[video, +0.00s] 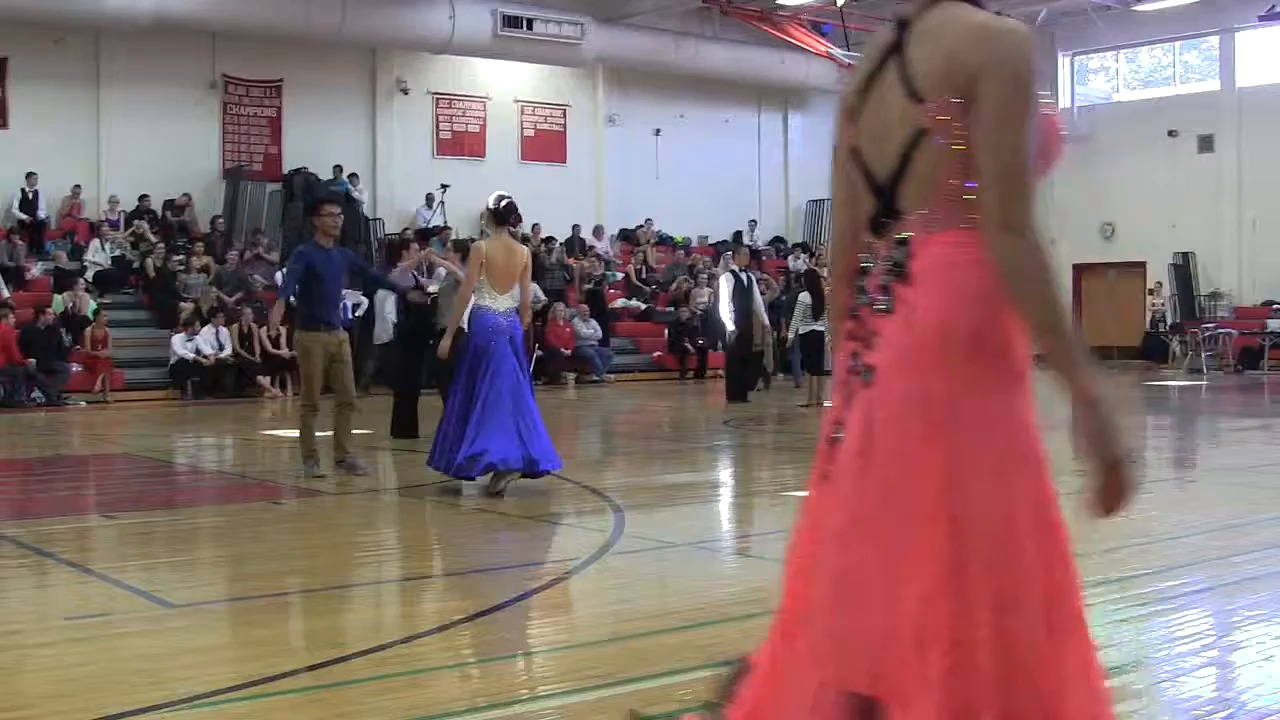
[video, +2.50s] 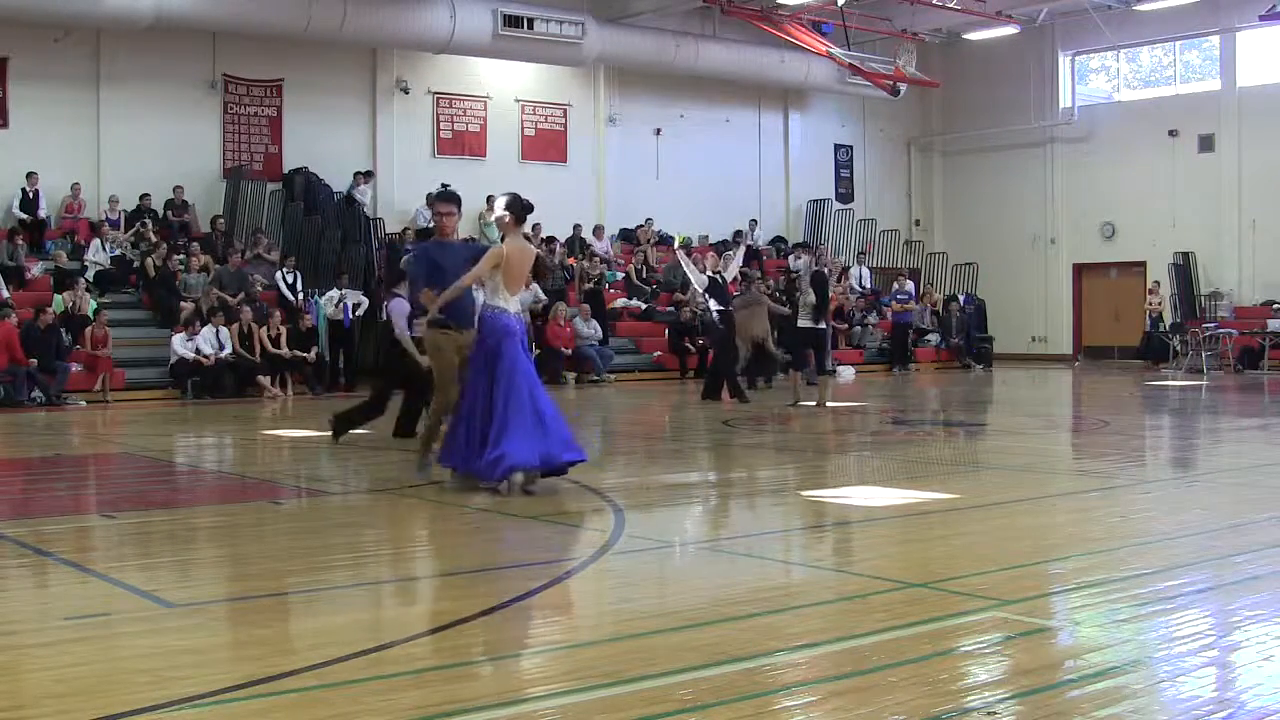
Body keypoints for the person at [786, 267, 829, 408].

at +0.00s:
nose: (802, 282)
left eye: (803, 279)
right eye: (803, 279)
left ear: (805, 281)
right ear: (818, 281)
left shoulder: (804, 296)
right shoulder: (822, 296)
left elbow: (797, 317)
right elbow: (826, 317)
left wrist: (790, 335)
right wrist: (829, 333)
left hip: (807, 332)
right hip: (820, 332)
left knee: (810, 368)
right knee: (818, 368)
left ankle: (811, 398)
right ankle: (819, 398)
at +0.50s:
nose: (802, 281)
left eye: (803, 278)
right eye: (804, 278)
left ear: (804, 280)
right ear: (817, 280)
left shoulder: (801, 295)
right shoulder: (820, 295)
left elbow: (799, 318)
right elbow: (822, 316)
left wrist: (795, 335)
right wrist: (823, 330)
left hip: (807, 332)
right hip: (820, 332)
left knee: (811, 369)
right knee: (818, 369)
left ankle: (811, 398)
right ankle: (818, 398)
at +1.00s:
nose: (800, 281)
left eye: (802, 279)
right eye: (801, 279)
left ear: (805, 280)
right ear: (817, 280)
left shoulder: (801, 296)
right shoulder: (820, 295)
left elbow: (792, 314)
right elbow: (825, 315)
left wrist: (782, 329)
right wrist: (836, 328)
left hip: (806, 332)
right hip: (819, 332)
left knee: (810, 368)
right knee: (817, 367)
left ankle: (811, 398)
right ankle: (819, 397)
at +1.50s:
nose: (801, 282)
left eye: (802, 279)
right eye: (802, 279)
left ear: (805, 279)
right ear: (817, 279)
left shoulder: (801, 293)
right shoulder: (822, 293)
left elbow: (792, 310)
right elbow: (822, 313)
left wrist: (789, 316)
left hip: (807, 331)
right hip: (820, 330)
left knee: (810, 367)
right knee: (818, 367)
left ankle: (811, 398)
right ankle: (820, 398)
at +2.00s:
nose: (808, 282)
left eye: (809, 280)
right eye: (809, 279)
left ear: (812, 281)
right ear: (824, 282)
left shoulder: (809, 292)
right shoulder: (828, 296)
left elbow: (805, 272)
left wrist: (808, 256)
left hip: (805, 330)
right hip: (820, 331)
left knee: (791, 360)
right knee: (820, 367)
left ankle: (794, 393)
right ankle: (821, 398)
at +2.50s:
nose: (811, 281)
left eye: (812, 279)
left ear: (812, 281)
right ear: (825, 282)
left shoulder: (806, 293)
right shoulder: (827, 297)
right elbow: (828, 317)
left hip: (803, 327)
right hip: (820, 329)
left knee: (796, 363)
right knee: (821, 366)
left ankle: (796, 395)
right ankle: (822, 398)